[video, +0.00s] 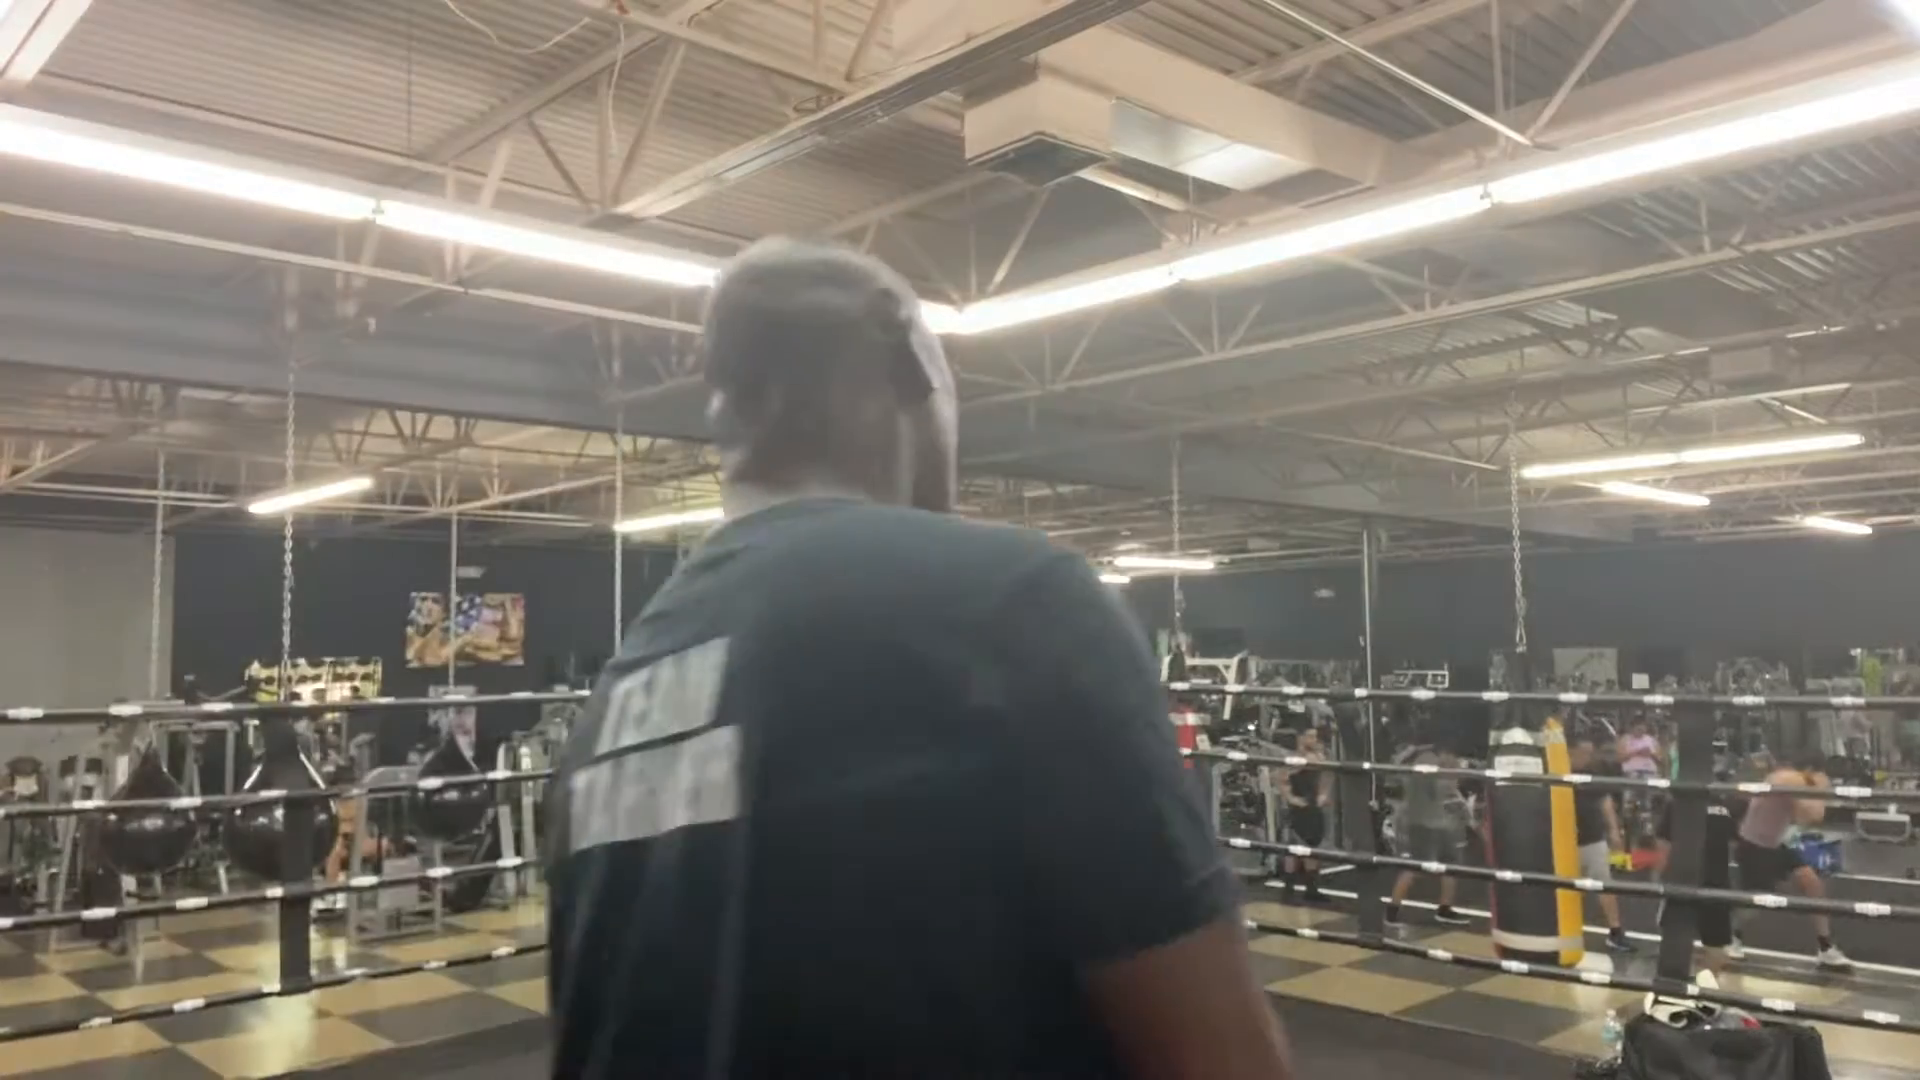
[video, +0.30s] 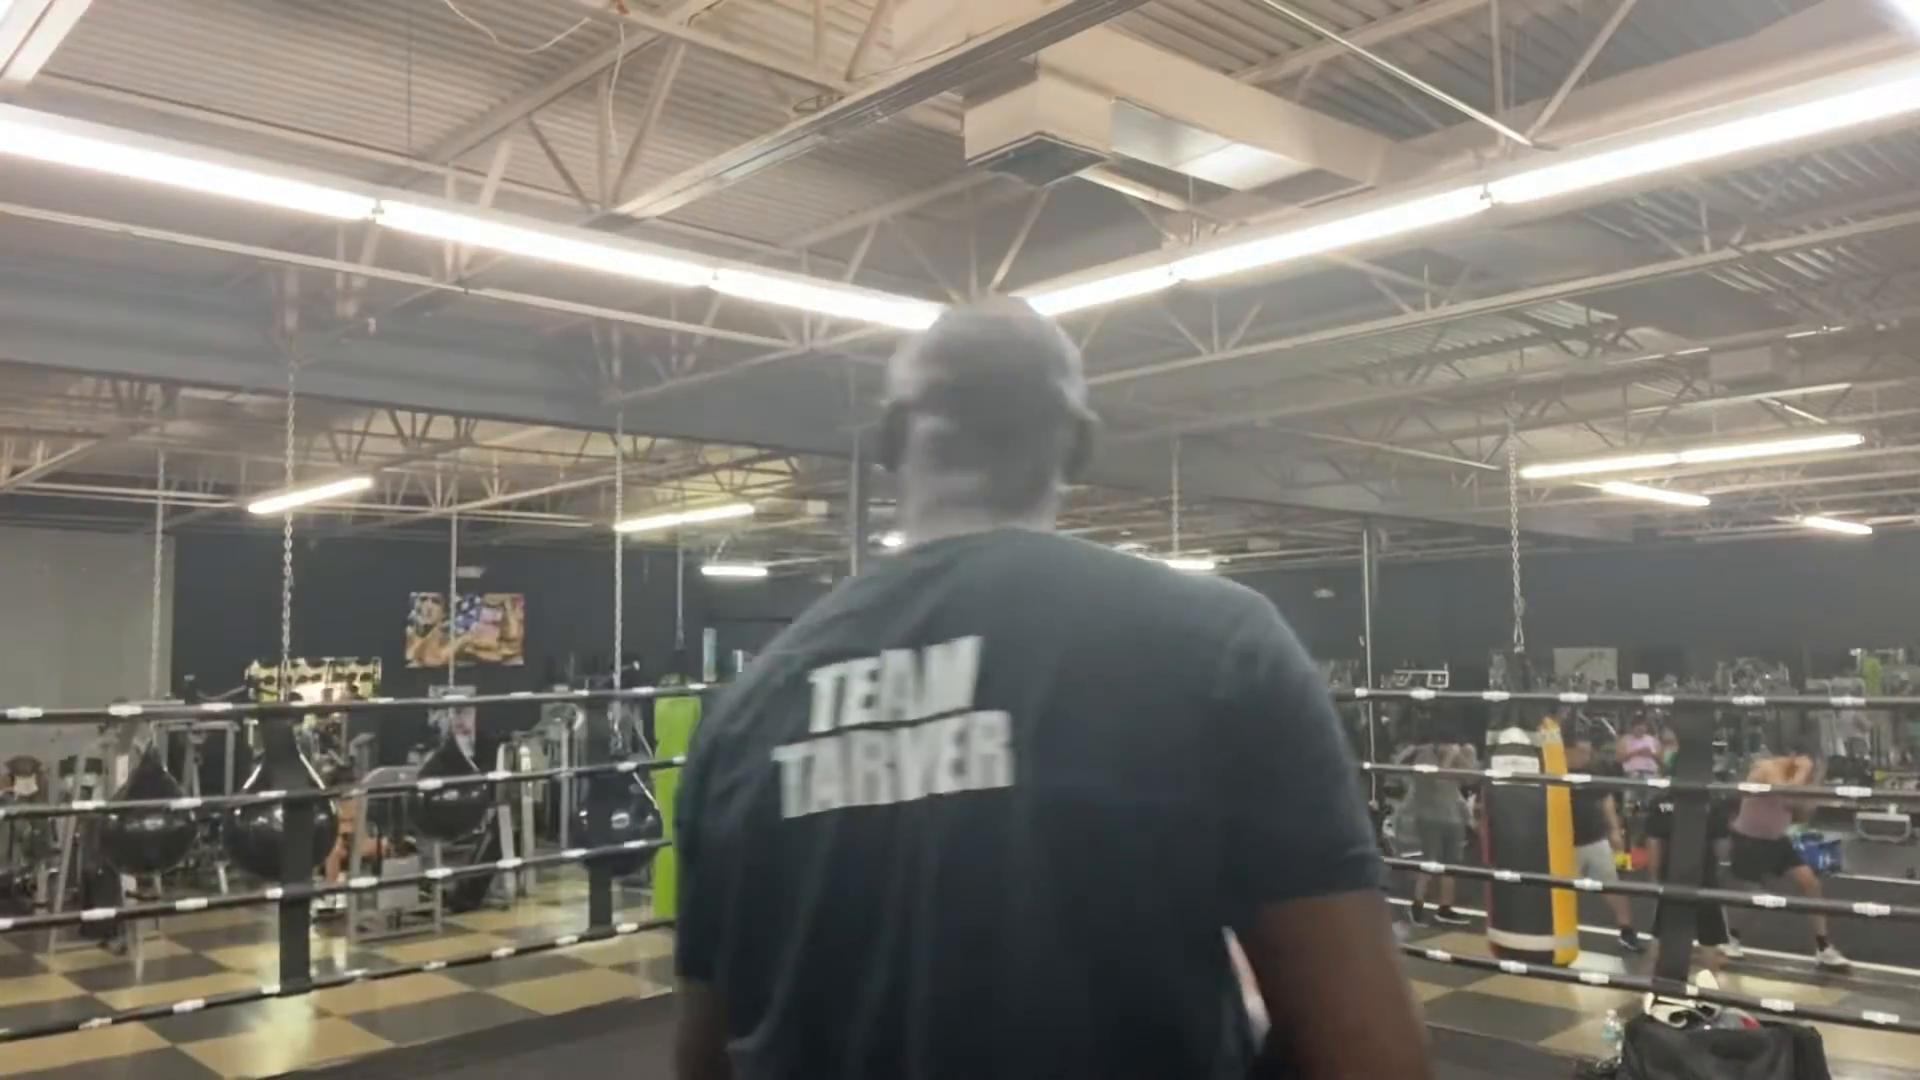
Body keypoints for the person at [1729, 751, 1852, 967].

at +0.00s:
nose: (1820, 778)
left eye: (1821, 775)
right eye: (1819, 775)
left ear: (1807, 770)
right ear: (1810, 771)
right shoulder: (1790, 779)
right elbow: (1814, 814)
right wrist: (1821, 787)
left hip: (1774, 847)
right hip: (1752, 846)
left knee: (1811, 881)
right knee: (1759, 900)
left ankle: (1825, 946)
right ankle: (1731, 932)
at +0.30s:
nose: (1802, 767)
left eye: (1806, 765)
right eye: (1799, 762)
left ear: (1806, 767)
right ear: (1789, 757)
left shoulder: (1798, 778)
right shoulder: (1766, 768)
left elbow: (1801, 807)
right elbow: (1784, 793)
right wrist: (1802, 770)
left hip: (1777, 839)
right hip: (1746, 838)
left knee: (1810, 883)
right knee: (1743, 893)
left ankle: (1823, 946)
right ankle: (1730, 938)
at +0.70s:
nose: (1784, 750)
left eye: (1790, 745)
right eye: (1780, 746)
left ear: (1795, 744)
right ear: (1770, 742)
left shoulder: (1799, 761)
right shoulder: (1754, 762)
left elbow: (1809, 796)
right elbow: (1753, 790)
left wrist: (1798, 772)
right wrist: (1771, 764)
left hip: (1785, 836)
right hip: (1753, 834)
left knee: (1815, 884)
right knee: (1744, 889)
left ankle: (1822, 946)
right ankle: (1731, 934)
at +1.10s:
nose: (1813, 754)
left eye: (1818, 750)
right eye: (1811, 749)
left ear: (1821, 750)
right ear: (1799, 744)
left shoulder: (1818, 763)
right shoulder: (1775, 756)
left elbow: (1828, 790)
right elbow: (1770, 782)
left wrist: (1825, 764)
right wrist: (1795, 762)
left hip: (1795, 832)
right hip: (1763, 828)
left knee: (1818, 884)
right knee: (1752, 881)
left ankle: (1824, 947)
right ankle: (1732, 930)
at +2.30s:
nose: (1779, 751)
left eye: (1784, 747)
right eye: (1775, 746)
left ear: (1789, 747)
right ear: (1766, 743)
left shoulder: (1794, 761)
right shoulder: (1745, 760)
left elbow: (1800, 796)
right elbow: (1744, 788)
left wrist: (1792, 766)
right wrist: (1767, 763)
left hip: (1777, 838)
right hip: (1743, 836)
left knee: (1799, 891)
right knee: (1730, 892)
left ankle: (1808, 955)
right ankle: (1721, 946)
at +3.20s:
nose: (1804, 767)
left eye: (1809, 761)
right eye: (1800, 760)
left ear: (1818, 762)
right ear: (1792, 760)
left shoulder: (1822, 778)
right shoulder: (1776, 778)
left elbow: (1831, 818)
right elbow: (1778, 812)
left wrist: (1821, 787)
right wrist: (1804, 787)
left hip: (1809, 861)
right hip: (1774, 859)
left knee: (1845, 898)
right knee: (1755, 914)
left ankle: (1873, 966)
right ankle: (1724, 944)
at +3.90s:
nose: (1867, 766)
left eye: (1869, 762)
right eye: (1866, 761)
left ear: (1860, 760)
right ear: (1853, 756)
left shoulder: (1859, 780)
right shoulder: (1823, 773)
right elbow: (1843, 804)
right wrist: (1872, 786)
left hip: (1838, 850)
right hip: (1805, 848)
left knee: (1867, 899)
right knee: (1802, 904)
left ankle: (1873, 967)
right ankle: (1777, 953)